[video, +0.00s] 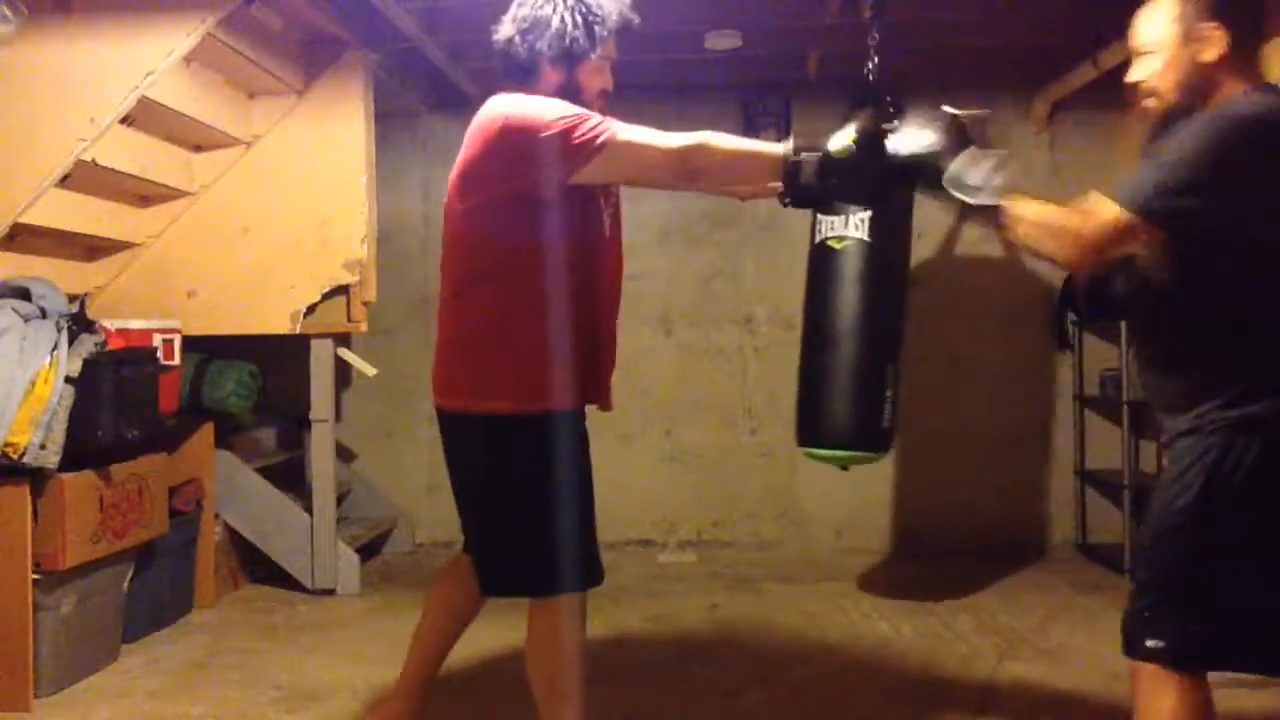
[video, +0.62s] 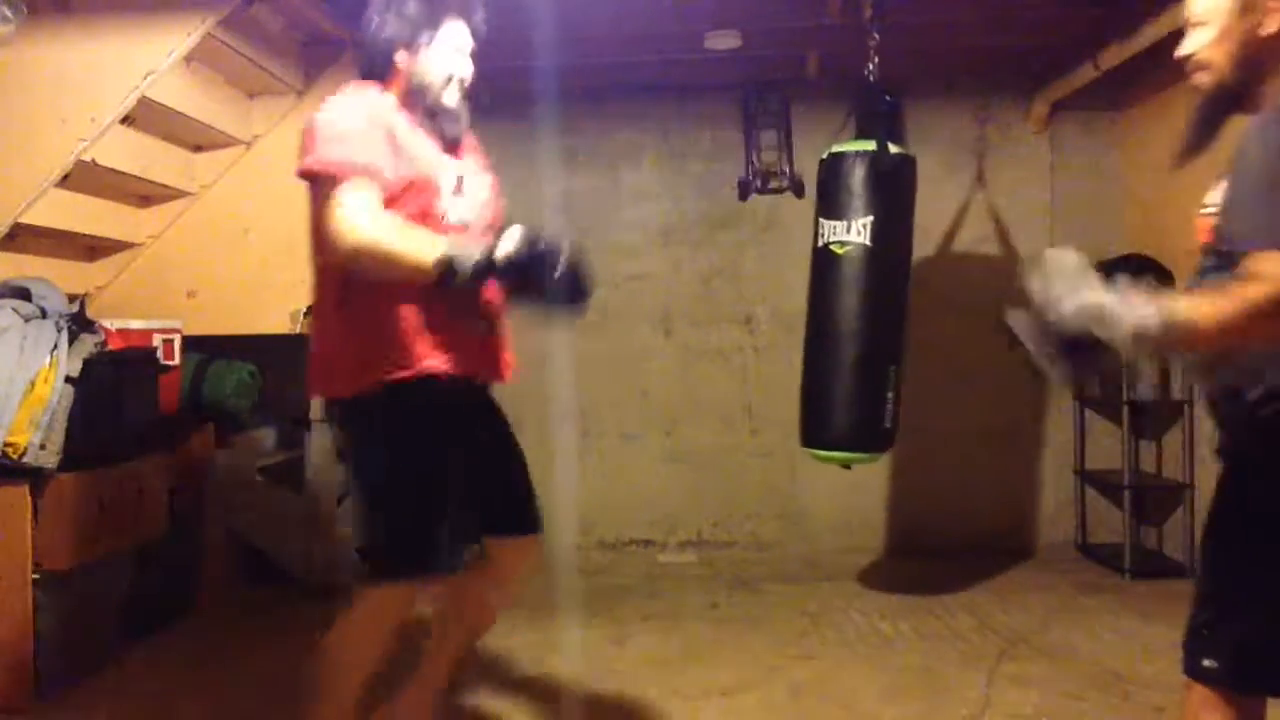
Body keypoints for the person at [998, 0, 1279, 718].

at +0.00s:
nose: (1133, 75)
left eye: (1146, 54)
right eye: (1134, 57)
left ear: (1210, 44)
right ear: (1208, 48)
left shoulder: (1230, 129)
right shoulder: (1244, 123)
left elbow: (1080, 240)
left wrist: (993, 192)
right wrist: (1022, 212)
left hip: (1229, 429)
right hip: (1238, 423)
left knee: (1160, 647)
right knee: (1172, 644)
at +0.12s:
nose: (1093, 84)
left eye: (1103, 60)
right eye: (1092, 64)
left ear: (1162, 45)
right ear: (1167, 46)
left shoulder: (1197, 122)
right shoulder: (1242, 115)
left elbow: (1033, 219)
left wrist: (927, 148)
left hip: (1234, 421)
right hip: (1257, 412)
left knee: (1167, 653)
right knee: (1183, 646)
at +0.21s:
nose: (1091, 83)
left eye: (1100, 58)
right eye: (1091, 62)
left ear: (1157, 43)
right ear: (1163, 44)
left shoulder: (1189, 120)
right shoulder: (1246, 112)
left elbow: (1023, 210)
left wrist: (917, 151)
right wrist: (1123, 304)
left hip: (1230, 427)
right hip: (1259, 418)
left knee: (1170, 660)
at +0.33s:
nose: (1103, 82)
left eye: (1110, 58)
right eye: (1101, 62)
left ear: (1168, 39)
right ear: (1175, 40)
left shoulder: (1194, 113)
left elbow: (1012, 163)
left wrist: (877, 158)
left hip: (1248, 431)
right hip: (1259, 424)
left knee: (1189, 664)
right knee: (1209, 657)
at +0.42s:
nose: (1114, 67)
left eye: (1125, 44)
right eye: (1114, 48)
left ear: (1187, 31)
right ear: (1190, 34)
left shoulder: (1207, 114)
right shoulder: (1246, 107)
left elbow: (1030, 195)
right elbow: (1062, 198)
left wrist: (895, 155)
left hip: (1252, 428)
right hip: (1257, 424)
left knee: (1209, 673)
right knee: (1230, 664)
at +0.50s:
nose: (1136, 58)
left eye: (1150, 31)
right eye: (1138, 36)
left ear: (1215, 25)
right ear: (1211, 30)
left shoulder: (1247, 111)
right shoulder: (1211, 114)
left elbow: (1111, 257)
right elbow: (1115, 266)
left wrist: (984, 206)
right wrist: (997, 211)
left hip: (1259, 451)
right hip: (1243, 444)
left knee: (1215, 679)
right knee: (1233, 675)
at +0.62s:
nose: (1184, 51)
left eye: (1198, 25)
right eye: (1184, 30)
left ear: (1266, 19)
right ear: (1260, 25)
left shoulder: (1267, 135)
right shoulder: (1256, 134)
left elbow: (1263, 292)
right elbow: (1242, 285)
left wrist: (1116, 313)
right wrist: (1125, 319)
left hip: (1269, 441)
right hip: (1255, 436)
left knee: (1220, 676)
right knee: (1231, 673)